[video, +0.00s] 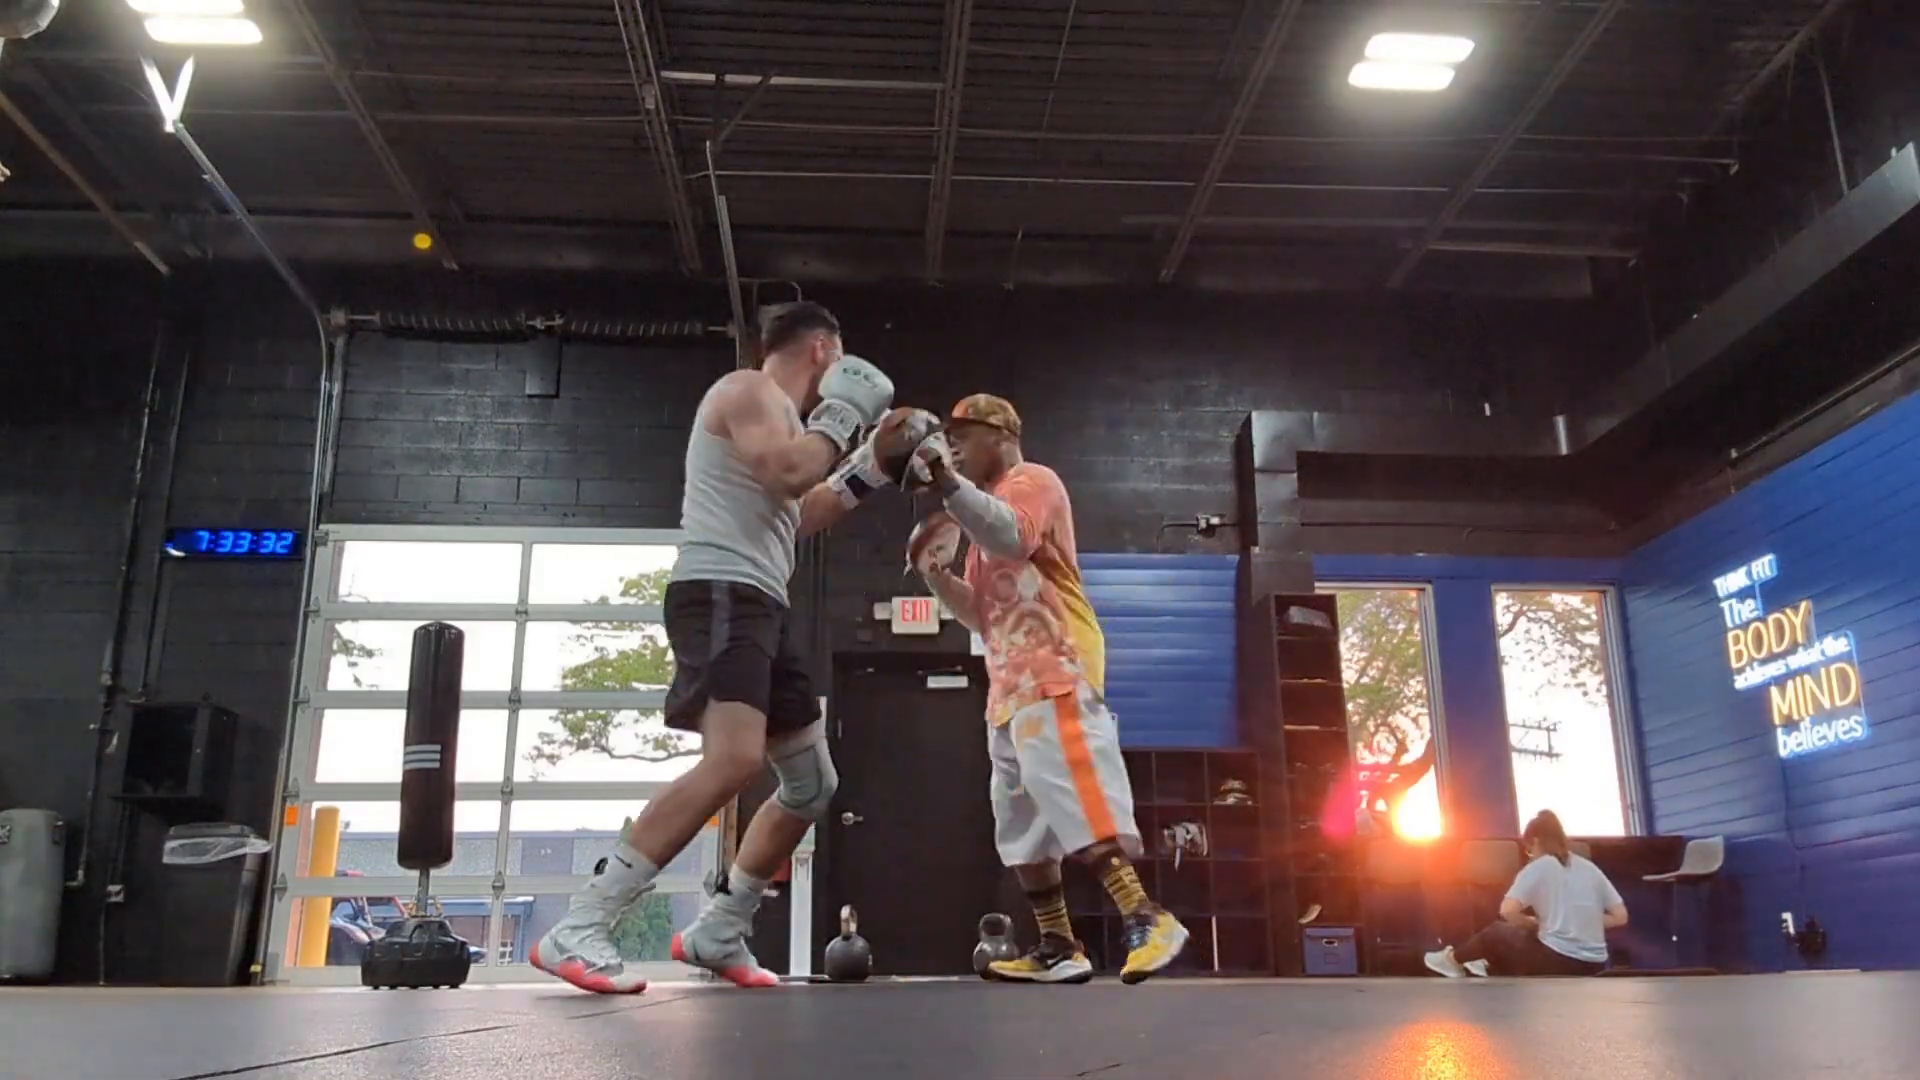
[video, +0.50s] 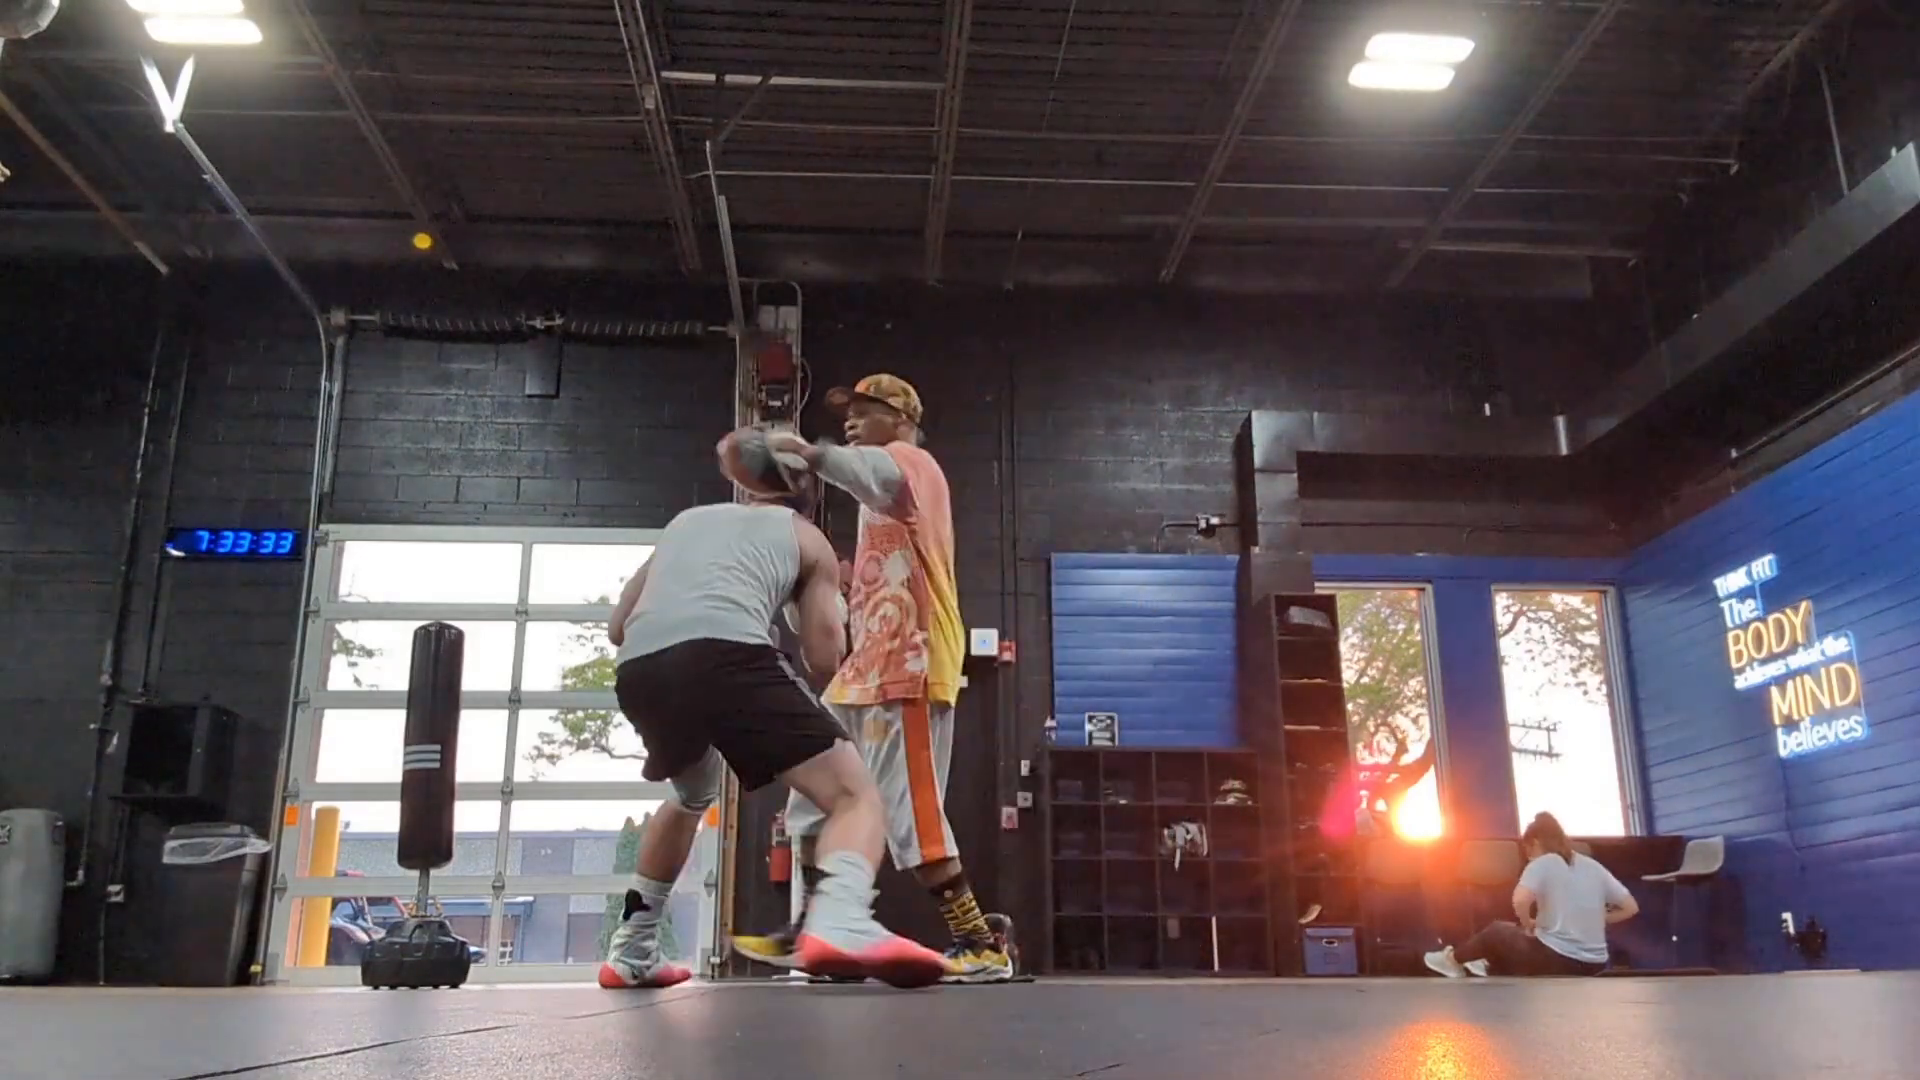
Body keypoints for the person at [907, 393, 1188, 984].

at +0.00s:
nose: (950, 451)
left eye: (961, 436)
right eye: (948, 440)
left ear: (1002, 438)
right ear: (971, 448)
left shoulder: (1033, 480)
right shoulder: (983, 521)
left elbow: (1011, 534)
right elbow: (984, 615)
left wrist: (945, 479)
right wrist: (938, 574)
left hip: (1051, 661)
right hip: (1007, 676)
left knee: (1069, 788)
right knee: (1019, 814)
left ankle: (1150, 921)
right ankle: (1058, 947)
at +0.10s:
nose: (932, 449)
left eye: (942, 436)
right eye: (929, 440)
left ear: (981, 435)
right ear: (939, 447)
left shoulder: (1020, 482)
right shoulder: (959, 515)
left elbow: (1037, 558)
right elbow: (944, 613)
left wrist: (960, 524)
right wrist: (904, 548)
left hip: (1034, 652)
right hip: (995, 663)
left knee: (1000, 770)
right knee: (998, 786)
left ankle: (1085, 910)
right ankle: (1055, 940)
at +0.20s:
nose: (919, 442)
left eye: (929, 429)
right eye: (916, 435)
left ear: (968, 431)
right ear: (925, 445)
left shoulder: (1009, 486)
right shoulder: (925, 524)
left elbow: (1048, 573)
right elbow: (890, 585)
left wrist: (963, 585)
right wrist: (859, 512)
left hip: (1007, 664)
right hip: (966, 670)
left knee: (946, 776)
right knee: (1011, 798)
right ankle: (1056, 942)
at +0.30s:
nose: (902, 437)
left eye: (912, 425)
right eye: (900, 430)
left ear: (950, 427)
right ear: (910, 440)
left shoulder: (982, 479)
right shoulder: (912, 518)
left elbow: (1015, 565)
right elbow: (873, 575)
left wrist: (957, 611)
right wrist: (841, 516)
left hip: (966, 674)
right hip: (943, 675)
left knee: (926, 805)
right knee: (961, 800)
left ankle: (979, 944)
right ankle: (1027, 915)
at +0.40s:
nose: (881, 431)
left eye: (891, 419)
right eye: (879, 424)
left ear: (928, 421)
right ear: (896, 432)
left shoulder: (950, 473)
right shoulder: (912, 490)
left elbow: (943, 541)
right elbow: (904, 594)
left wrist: (893, 547)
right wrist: (867, 568)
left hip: (938, 662)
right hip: (899, 663)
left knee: (919, 796)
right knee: (868, 791)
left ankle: (978, 939)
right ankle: (942, 925)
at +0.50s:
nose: (850, 422)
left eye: (861, 412)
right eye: (849, 415)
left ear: (900, 417)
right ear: (886, 422)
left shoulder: (909, 460)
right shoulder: (884, 475)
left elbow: (879, 479)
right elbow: (890, 576)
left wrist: (813, 454)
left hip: (909, 661)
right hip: (865, 664)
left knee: (915, 808)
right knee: (814, 793)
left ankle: (977, 943)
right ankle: (814, 928)